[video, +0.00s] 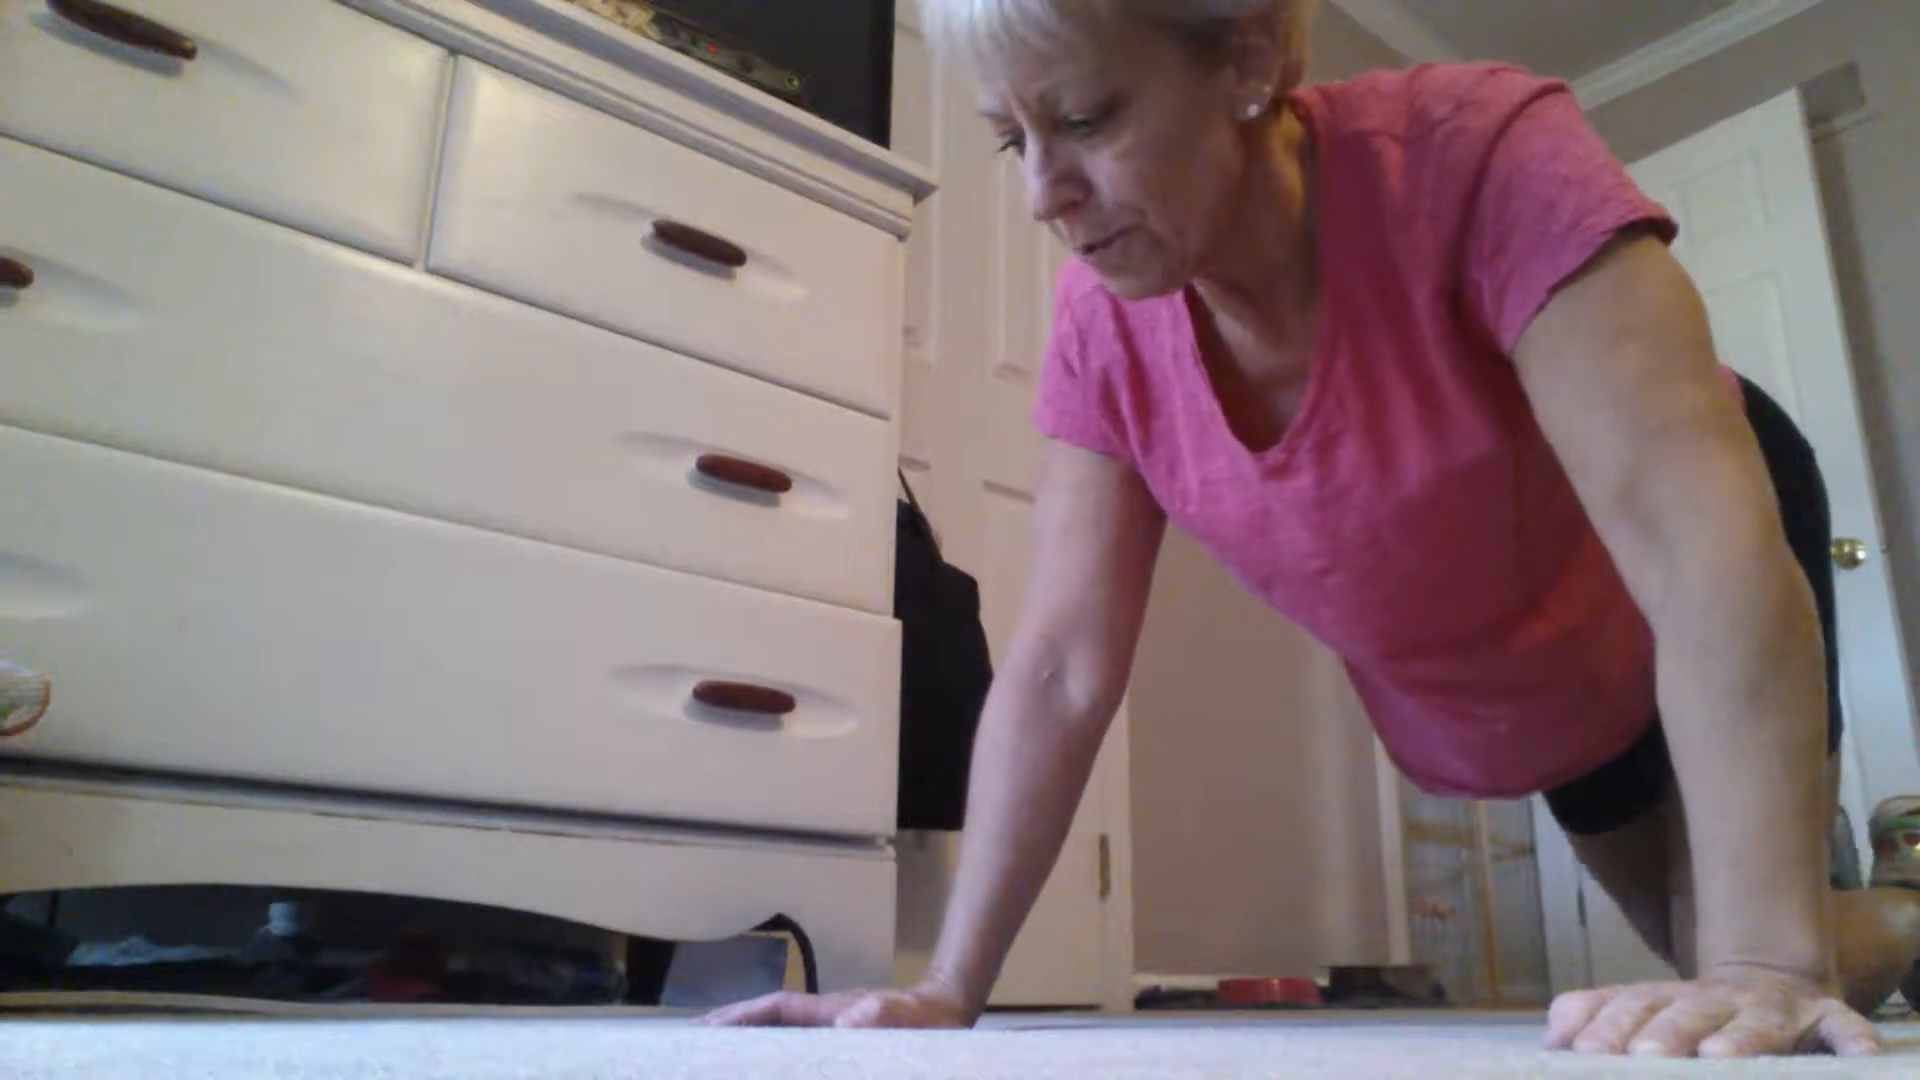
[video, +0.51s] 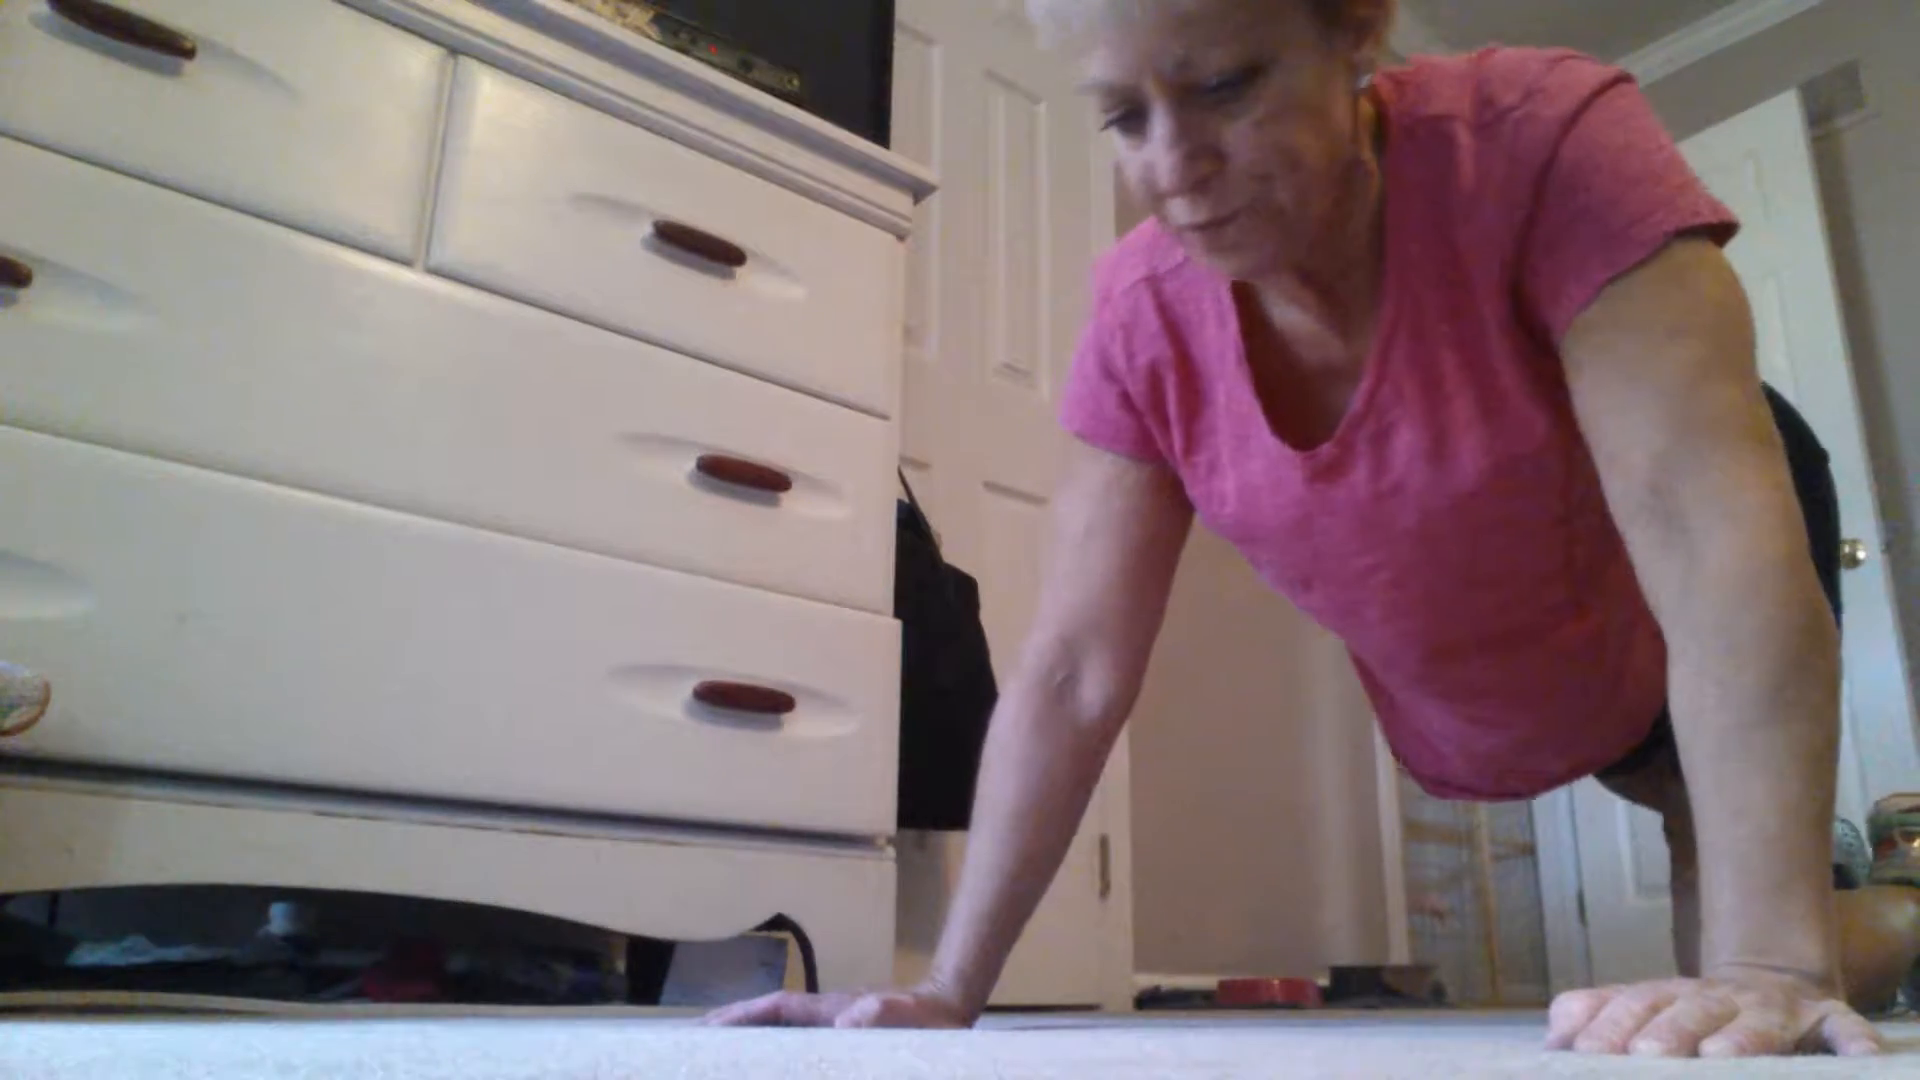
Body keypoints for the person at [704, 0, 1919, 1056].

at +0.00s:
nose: (1047, 194)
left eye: (1085, 125)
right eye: (1014, 141)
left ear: (1249, 63)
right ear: (995, 133)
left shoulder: (1484, 154)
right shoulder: (1105, 313)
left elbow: (1699, 516)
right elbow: (1057, 671)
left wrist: (1764, 970)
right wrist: (949, 983)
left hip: (1697, 566)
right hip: (1534, 692)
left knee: (1791, 947)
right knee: (1730, 970)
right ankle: (1895, 931)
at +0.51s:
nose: (1178, 167)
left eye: (1228, 88)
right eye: (1126, 115)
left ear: (1362, 56)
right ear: (1096, 116)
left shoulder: (1545, 138)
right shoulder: (1146, 318)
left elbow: (1716, 520)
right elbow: (1069, 681)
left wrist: (1761, 976)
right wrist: (948, 988)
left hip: (1705, 597)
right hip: (1557, 698)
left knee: (1778, 942)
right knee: (1699, 804)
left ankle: (1905, 929)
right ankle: (1866, 907)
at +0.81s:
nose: (1320, 124)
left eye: (1371, 47)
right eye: (1252, 75)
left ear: (1454, 33)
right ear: (1190, 87)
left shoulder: (1602, 127)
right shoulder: (1186, 307)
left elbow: (1731, 514)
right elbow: (1088, 680)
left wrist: (1769, 968)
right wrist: (953, 980)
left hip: (1747, 570)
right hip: (1557, 674)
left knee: (1774, 926)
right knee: (1761, 913)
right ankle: (1875, 921)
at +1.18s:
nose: (1472, 102)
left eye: (1513, 28)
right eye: (1397, 46)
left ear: (1563, 25)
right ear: (1286, 61)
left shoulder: (1665, 131)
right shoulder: (1219, 299)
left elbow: (1756, 519)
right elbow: (1099, 675)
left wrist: (1772, 962)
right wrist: (954, 980)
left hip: (1762, 594)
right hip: (1562, 702)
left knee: (1779, 937)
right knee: (1742, 946)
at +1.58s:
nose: (1411, 103)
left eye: (1454, 31)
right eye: (1341, 42)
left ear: (1511, 29)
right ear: (1239, 63)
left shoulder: (1632, 135)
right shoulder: (1200, 307)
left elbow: (1740, 518)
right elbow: (1092, 679)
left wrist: (1770, 969)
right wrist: (955, 980)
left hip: (1746, 585)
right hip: (1550, 691)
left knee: (1784, 930)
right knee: (1763, 927)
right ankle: (1869, 915)